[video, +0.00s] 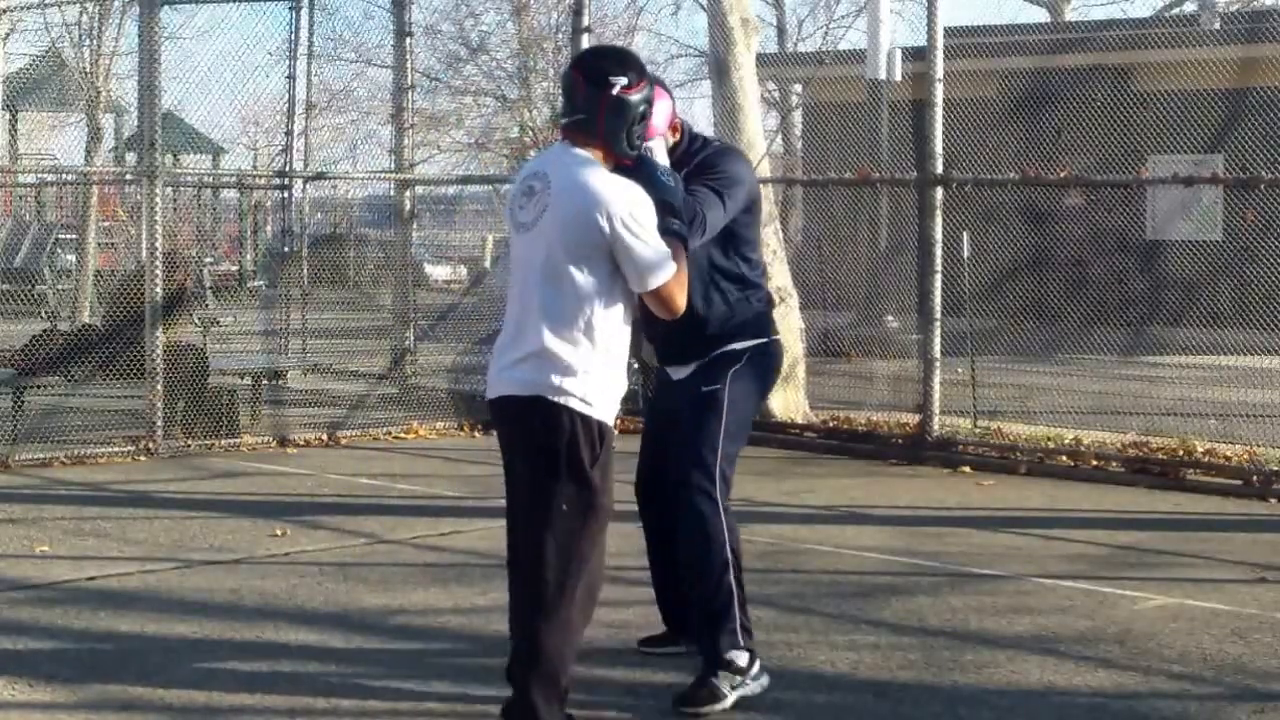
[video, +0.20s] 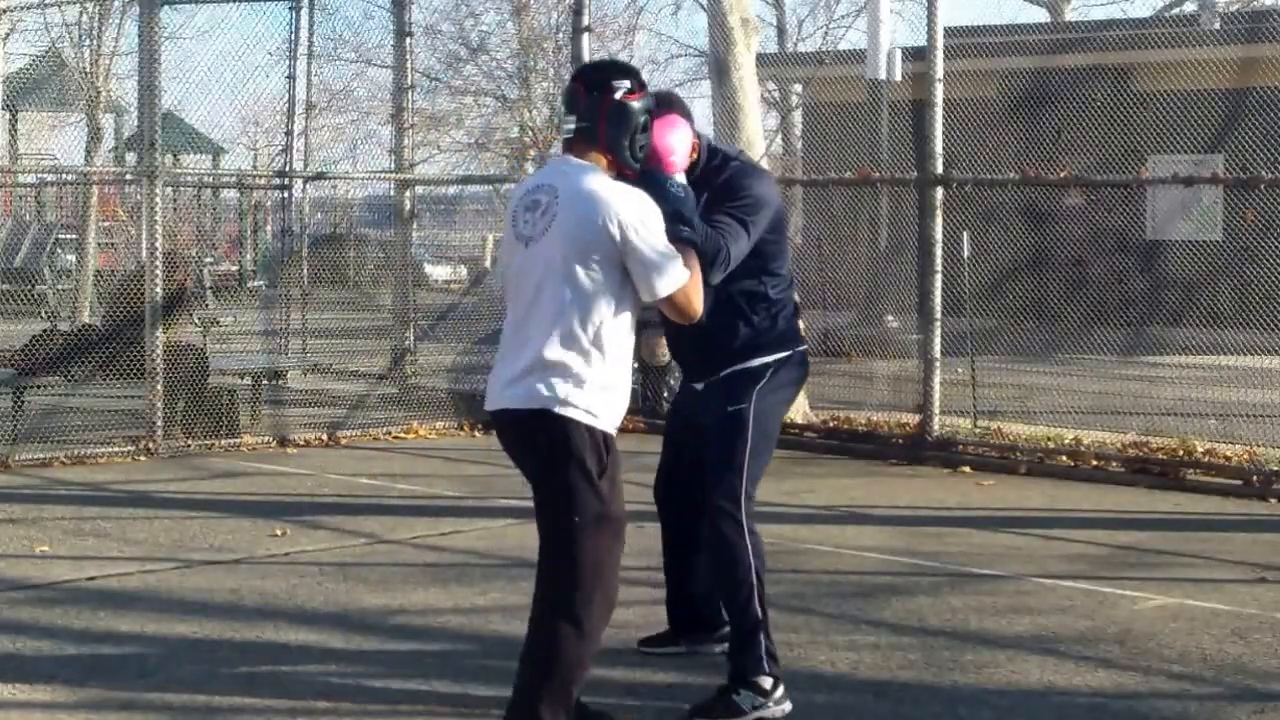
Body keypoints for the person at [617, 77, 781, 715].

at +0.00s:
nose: (631, 150)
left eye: (637, 138)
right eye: (625, 142)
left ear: (663, 126)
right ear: (634, 139)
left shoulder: (725, 166)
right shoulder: (638, 180)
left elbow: (688, 230)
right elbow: (623, 245)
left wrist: (648, 163)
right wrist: (593, 167)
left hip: (734, 354)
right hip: (676, 362)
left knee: (699, 488)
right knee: (655, 488)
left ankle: (732, 655)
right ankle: (685, 623)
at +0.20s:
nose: (657, 175)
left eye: (660, 163)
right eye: (649, 165)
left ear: (684, 148)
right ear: (656, 159)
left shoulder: (748, 184)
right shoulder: (669, 188)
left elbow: (706, 264)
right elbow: (646, 266)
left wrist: (666, 181)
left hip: (759, 367)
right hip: (704, 372)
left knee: (726, 504)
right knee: (677, 493)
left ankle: (759, 678)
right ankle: (698, 622)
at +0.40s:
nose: (688, 191)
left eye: (692, 181)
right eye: (682, 182)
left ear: (718, 164)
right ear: (695, 169)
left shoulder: (779, 193)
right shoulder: (715, 186)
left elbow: (729, 272)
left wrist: (695, 219)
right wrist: (654, 207)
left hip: (789, 369)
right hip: (735, 366)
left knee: (740, 507)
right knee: (706, 491)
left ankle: (756, 681)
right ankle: (786, 593)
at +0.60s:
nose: (729, 203)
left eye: (733, 192)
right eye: (719, 194)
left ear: (758, 171)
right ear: (712, 188)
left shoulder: (827, 204)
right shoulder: (746, 217)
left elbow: (796, 289)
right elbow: (740, 304)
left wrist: (753, 226)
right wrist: (712, 256)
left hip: (831, 383)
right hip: (786, 382)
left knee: (780, 521)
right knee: (776, 513)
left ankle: (758, 679)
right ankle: (847, 615)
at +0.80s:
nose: (775, 172)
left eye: (778, 161)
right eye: (766, 167)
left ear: (806, 144)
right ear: (787, 158)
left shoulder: (870, 177)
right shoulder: (806, 191)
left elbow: (829, 247)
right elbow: (771, 273)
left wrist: (786, 182)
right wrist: (735, 212)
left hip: (881, 358)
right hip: (848, 359)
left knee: (812, 486)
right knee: (809, 481)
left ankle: (840, 642)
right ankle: (850, 615)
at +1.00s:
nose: (830, 170)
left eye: (834, 158)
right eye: (822, 161)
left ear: (864, 144)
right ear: (831, 156)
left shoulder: (912, 179)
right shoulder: (856, 196)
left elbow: (897, 259)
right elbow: (827, 281)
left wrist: (842, 201)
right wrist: (791, 230)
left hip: (923, 367)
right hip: (907, 367)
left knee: (843, 496)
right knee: (913, 492)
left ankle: (875, 650)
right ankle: (991, 608)